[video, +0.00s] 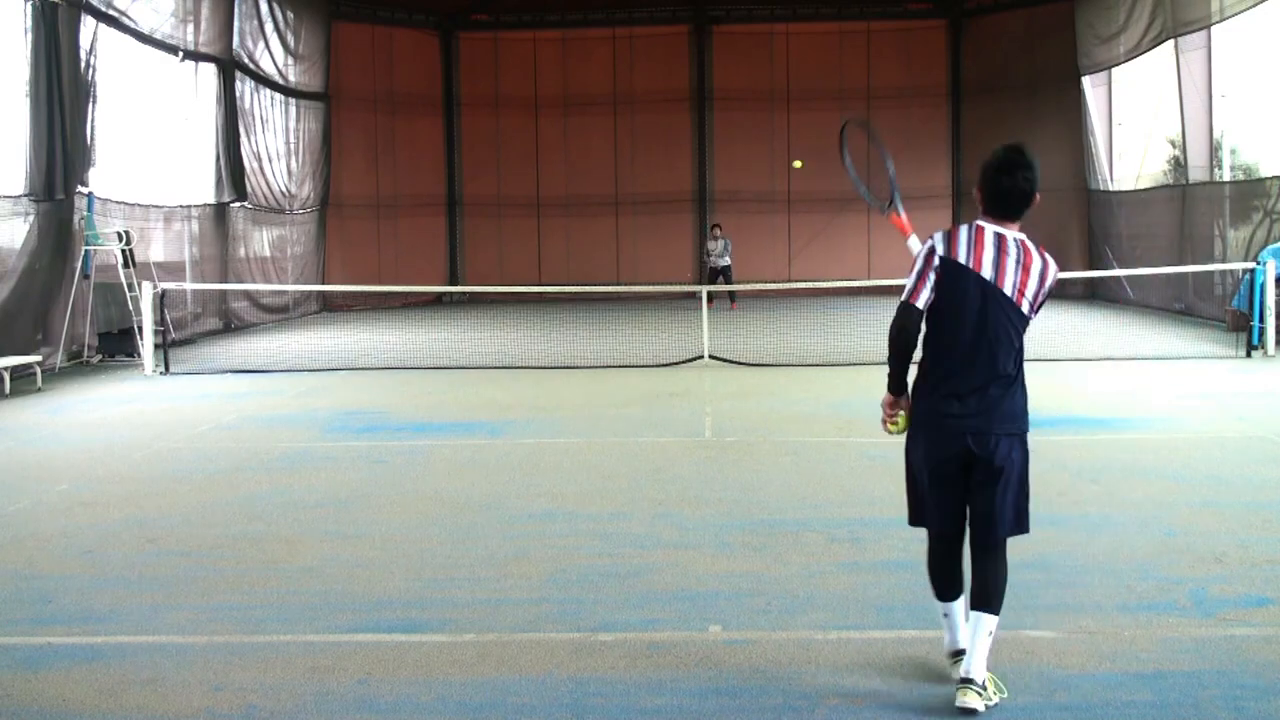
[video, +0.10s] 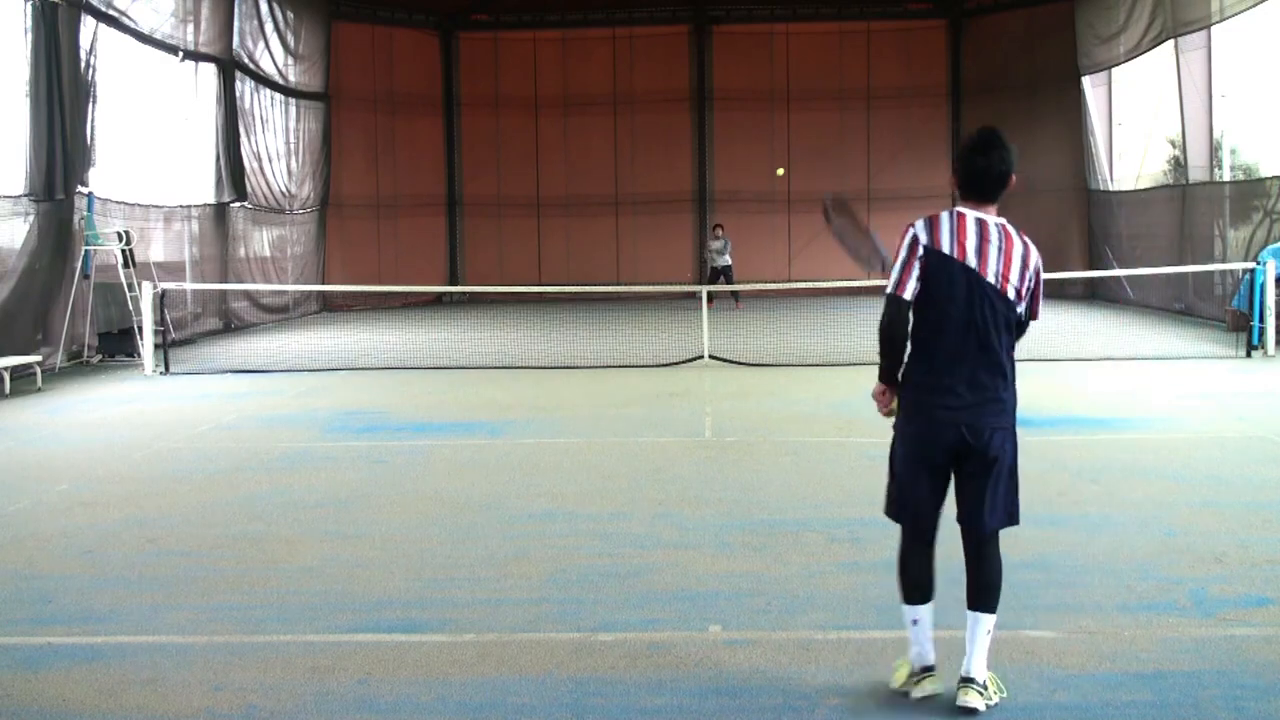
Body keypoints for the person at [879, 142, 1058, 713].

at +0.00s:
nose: (986, 195)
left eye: (984, 186)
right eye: (1028, 194)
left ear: (978, 193)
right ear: (1033, 203)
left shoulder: (940, 245)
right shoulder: (1042, 268)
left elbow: (905, 325)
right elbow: (1003, 314)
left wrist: (895, 388)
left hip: (937, 421)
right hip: (1000, 424)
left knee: (944, 532)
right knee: (991, 541)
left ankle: (957, 639)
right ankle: (974, 675)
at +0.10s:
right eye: (1011, 176)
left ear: (954, 178)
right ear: (1011, 185)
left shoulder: (924, 232)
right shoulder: (1026, 254)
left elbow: (895, 315)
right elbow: (1016, 328)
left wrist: (887, 377)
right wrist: (961, 348)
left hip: (925, 414)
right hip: (989, 418)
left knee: (918, 532)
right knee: (983, 535)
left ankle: (922, 658)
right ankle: (976, 674)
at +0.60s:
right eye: (845, 189)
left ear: (790, 201)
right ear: (851, 198)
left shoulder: (772, 276)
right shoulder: (889, 262)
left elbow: (765, 380)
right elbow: (951, 339)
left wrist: (786, 452)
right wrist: (944, 403)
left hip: (810, 458)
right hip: (885, 453)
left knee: (808, 593)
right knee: (914, 576)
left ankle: (816, 713)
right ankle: (932, 706)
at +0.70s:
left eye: (784, 168)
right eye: (831, 163)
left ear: (776, 176)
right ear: (838, 172)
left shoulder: (757, 251)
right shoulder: (877, 241)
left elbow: (743, 363)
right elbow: (936, 321)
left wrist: (772, 426)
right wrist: (916, 387)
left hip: (791, 442)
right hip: (867, 438)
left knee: (798, 580)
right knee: (875, 571)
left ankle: (806, 712)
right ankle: (866, 710)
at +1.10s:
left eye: (730, 169)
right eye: (776, 168)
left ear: (716, 179)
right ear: (781, 179)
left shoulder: (686, 255)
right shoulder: (816, 253)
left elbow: (673, 363)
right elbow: (860, 352)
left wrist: (728, 374)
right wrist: (813, 391)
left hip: (720, 458)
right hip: (799, 459)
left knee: (683, 604)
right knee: (803, 610)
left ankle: (649, 715)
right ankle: (806, 718)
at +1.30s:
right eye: (726, 185)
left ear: (658, 195)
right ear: (728, 196)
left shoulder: (630, 274)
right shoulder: (759, 273)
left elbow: (621, 388)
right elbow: (818, 373)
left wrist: (679, 381)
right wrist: (764, 413)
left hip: (668, 481)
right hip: (747, 479)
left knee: (640, 637)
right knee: (779, 625)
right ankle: (809, 718)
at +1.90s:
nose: (686, 193)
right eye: (685, 184)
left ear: (611, 195)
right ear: (682, 195)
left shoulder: (587, 271)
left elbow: (660, 358)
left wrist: (742, 338)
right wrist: (778, 384)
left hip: (584, 500)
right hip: (661, 504)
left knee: (599, 665)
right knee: (733, 663)